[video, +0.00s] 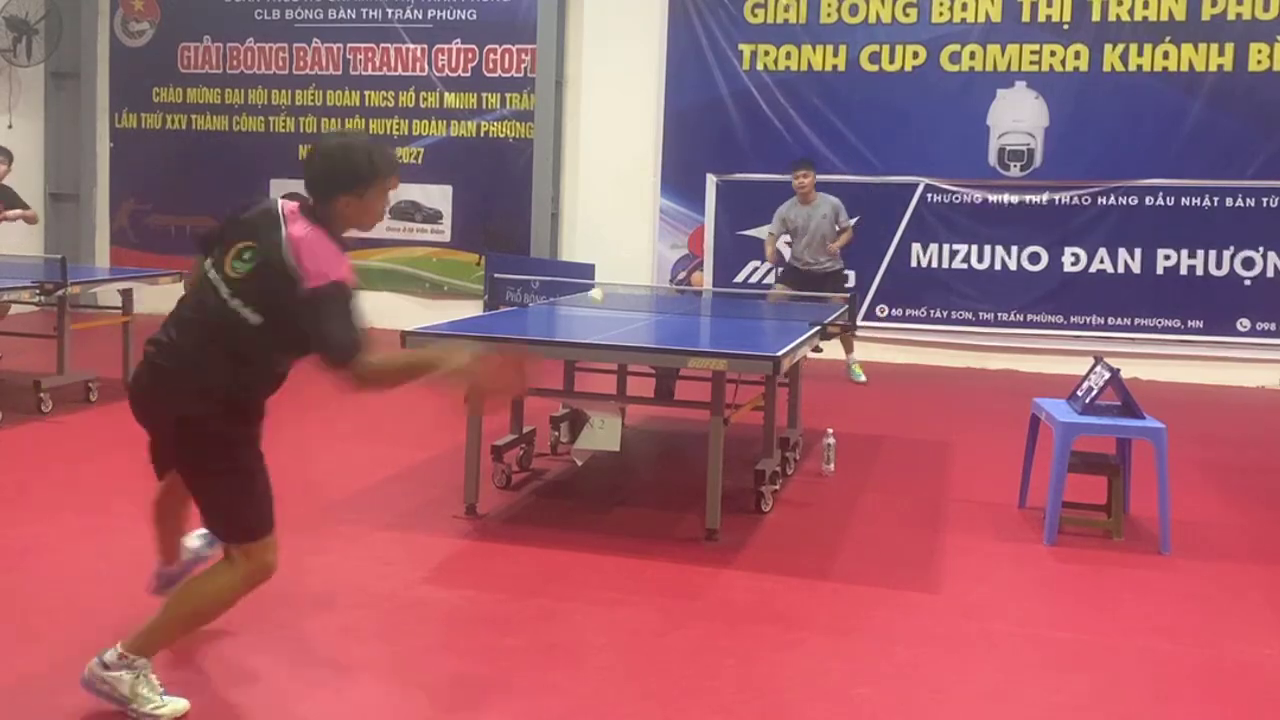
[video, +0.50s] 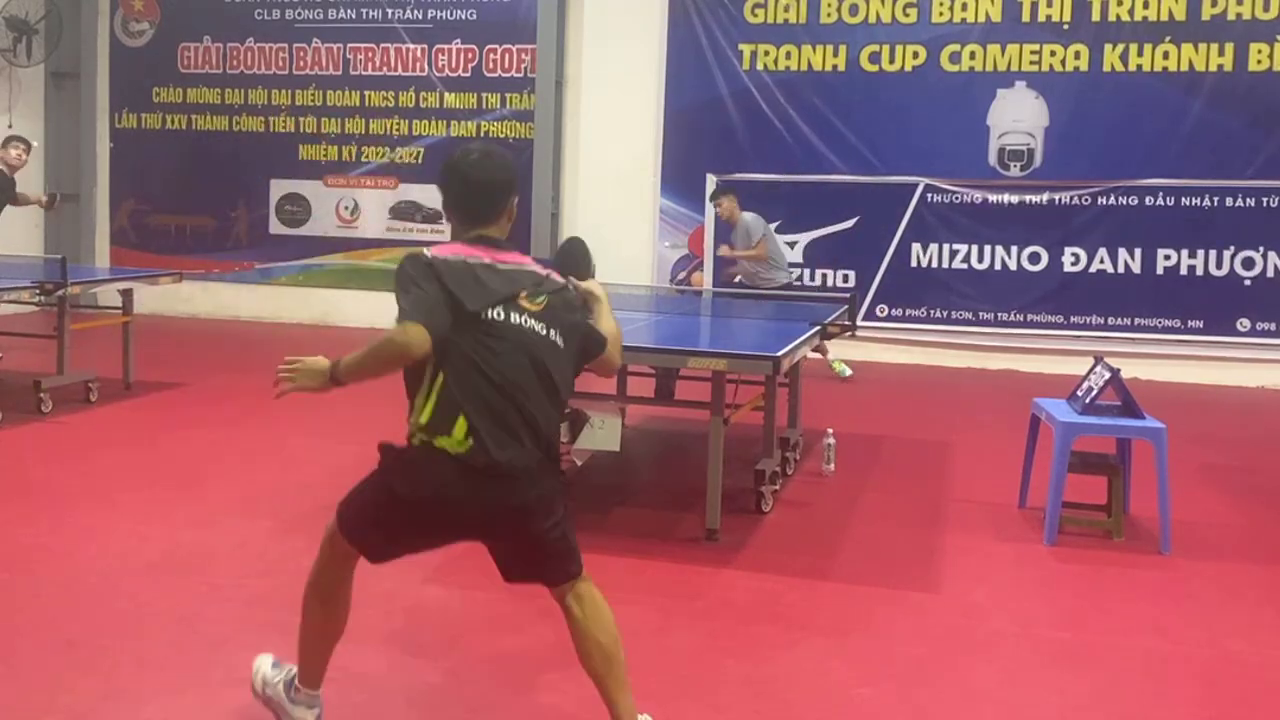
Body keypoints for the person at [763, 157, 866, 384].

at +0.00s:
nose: (801, 181)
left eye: (805, 177)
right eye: (797, 178)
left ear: (814, 179)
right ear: (792, 182)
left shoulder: (832, 204)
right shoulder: (785, 210)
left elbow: (848, 230)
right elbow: (772, 236)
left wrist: (838, 244)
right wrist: (771, 252)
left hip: (830, 271)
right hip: (797, 269)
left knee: (841, 314)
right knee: (773, 301)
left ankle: (851, 361)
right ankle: (782, 353)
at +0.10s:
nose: (787, 189)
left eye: (792, 185)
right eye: (783, 185)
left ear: (802, 185)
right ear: (779, 187)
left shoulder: (820, 210)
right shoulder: (775, 217)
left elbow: (836, 238)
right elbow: (761, 243)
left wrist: (823, 249)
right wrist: (756, 259)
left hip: (819, 278)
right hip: (786, 277)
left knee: (833, 321)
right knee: (767, 310)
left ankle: (842, 363)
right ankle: (781, 359)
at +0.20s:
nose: (773, 204)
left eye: (777, 199)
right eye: (769, 200)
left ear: (788, 200)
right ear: (765, 203)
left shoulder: (805, 224)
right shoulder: (764, 231)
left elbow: (818, 256)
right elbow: (753, 261)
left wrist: (797, 266)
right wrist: (742, 285)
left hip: (807, 288)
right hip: (776, 286)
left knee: (826, 326)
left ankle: (840, 365)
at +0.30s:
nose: (751, 216)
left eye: (755, 210)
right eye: (748, 212)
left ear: (766, 210)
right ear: (745, 216)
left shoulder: (782, 231)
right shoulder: (755, 238)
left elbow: (779, 267)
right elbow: (760, 268)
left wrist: (748, 267)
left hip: (801, 291)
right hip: (775, 293)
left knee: (818, 331)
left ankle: (840, 366)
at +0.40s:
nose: (729, 221)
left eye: (732, 215)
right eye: (726, 218)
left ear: (745, 214)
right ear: (726, 222)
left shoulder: (757, 233)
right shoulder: (748, 235)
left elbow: (741, 268)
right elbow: (758, 264)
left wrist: (713, 261)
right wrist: (749, 269)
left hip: (791, 291)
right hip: (772, 292)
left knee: (810, 334)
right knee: (775, 333)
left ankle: (841, 365)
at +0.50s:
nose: (719, 211)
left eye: (721, 205)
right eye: (716, 207)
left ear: (734, 202)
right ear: (718, 209)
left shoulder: (751, 221)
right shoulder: (735, 230)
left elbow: (761, 254)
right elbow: (747, 262)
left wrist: (732, 254)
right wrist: (733, 270)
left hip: (777, 285)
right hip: (749, 285)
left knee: (801, 324)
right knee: (719, 311)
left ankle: (830, 359)